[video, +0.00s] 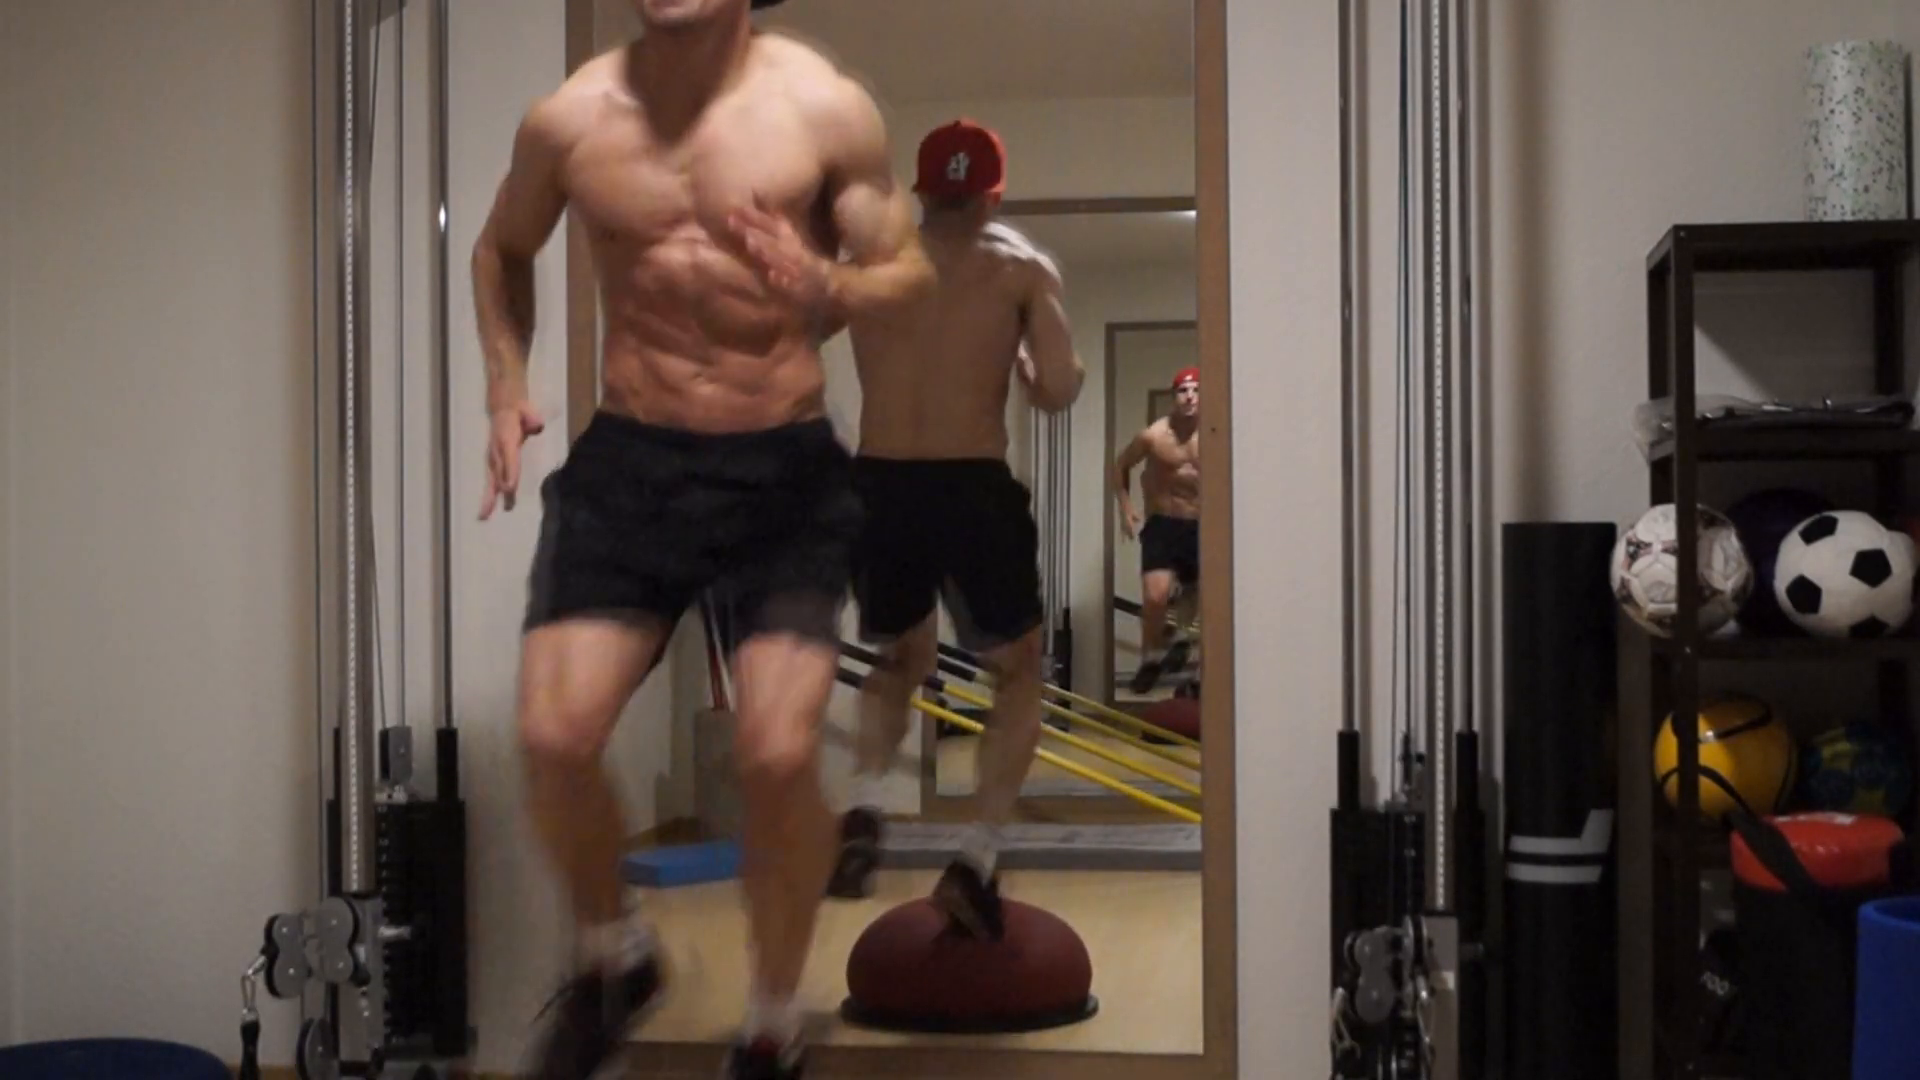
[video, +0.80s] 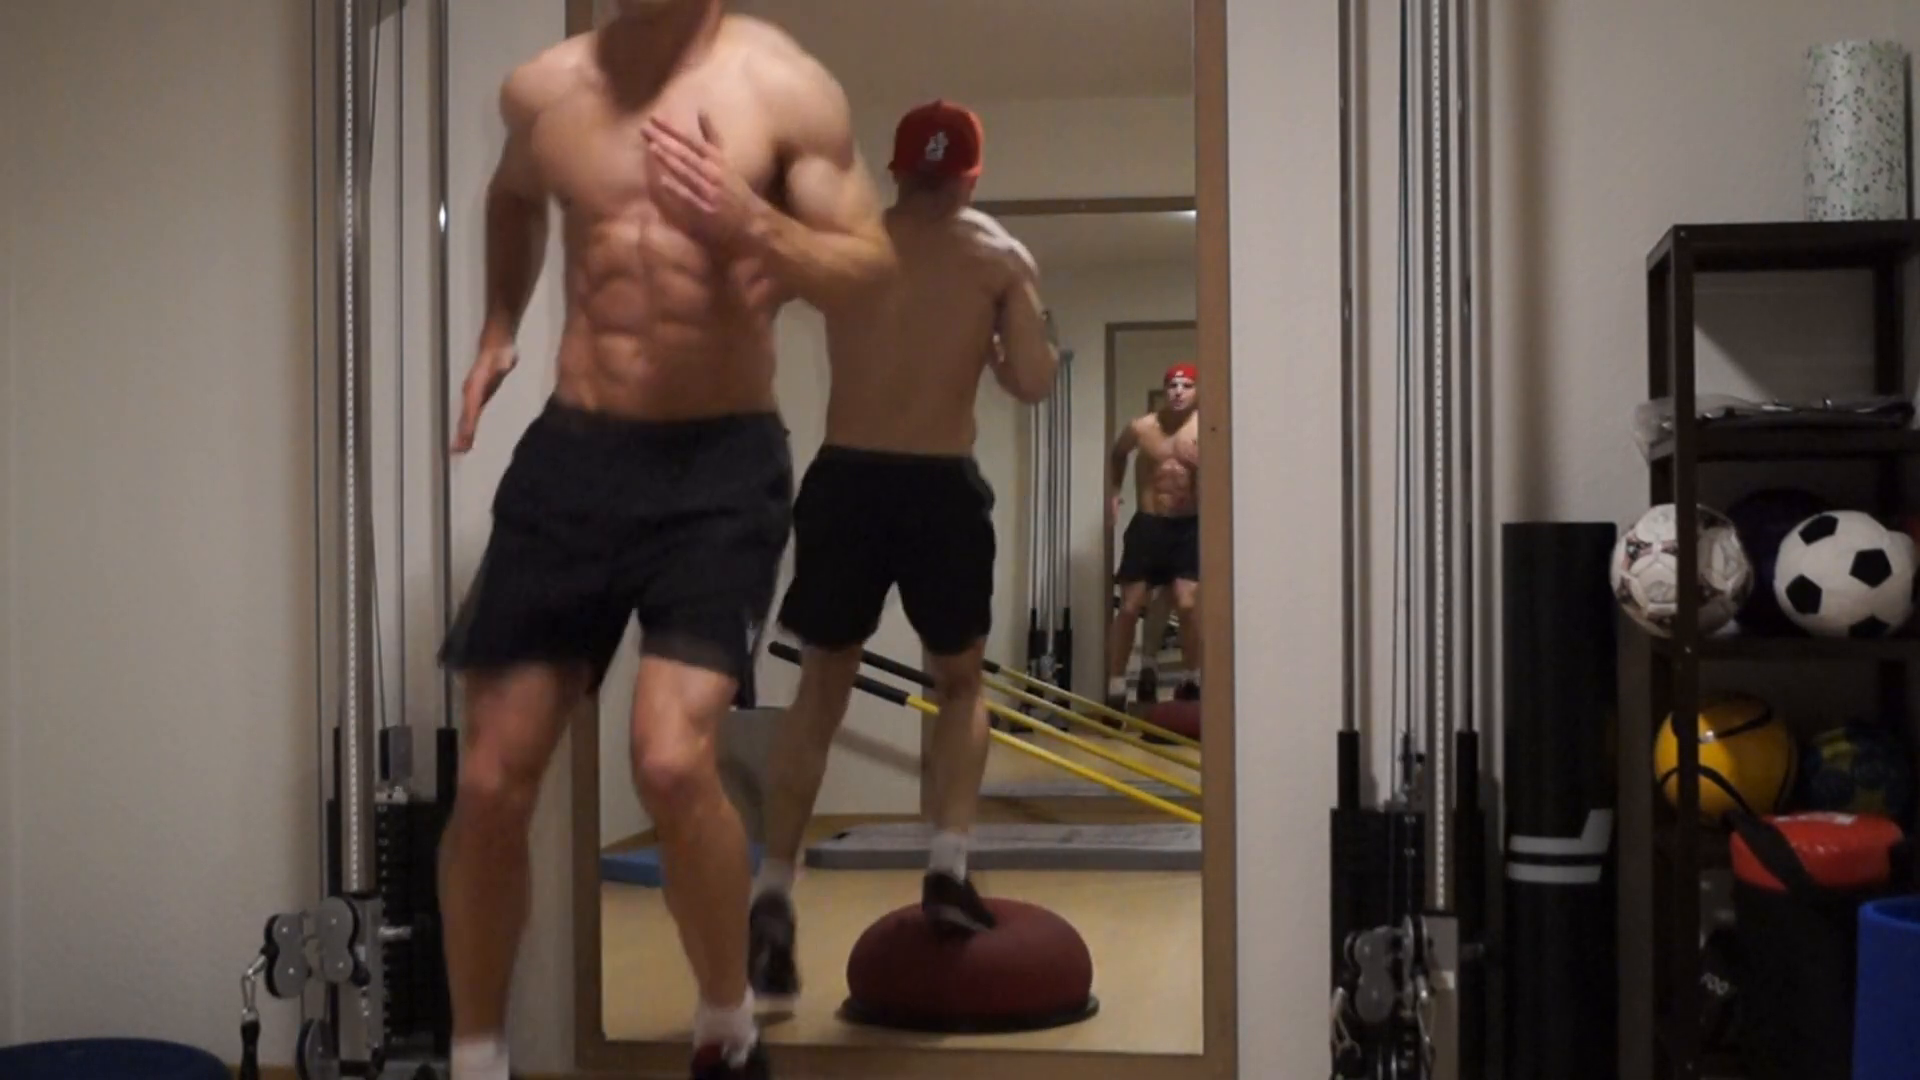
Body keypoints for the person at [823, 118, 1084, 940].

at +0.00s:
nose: (983, 205)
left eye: (967, 194)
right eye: (986, 194)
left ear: (919, 188)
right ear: (996, 192)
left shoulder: (875, 258)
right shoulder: (1024, 266)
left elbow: (805, 331)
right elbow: (1058, 385)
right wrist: (1021, 365)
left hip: (882, 489)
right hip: (977, 494)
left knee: (900, 658)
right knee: (1019, 675)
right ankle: (978, 853)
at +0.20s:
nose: (1016, 202)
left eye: (994, 185)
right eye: (1018, 189)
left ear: (941, 183)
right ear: (1015, 189)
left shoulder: (884, 268)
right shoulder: (1043, 264)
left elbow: (847, 372)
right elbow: (1072, 383)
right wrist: (1090, 440)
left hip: (915, 500)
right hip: (1013, 496)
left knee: (955, 684)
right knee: (1081, 693)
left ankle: (913, 864)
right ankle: (1102, 879)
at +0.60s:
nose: (998, 169)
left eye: (980, 155)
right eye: (1000, 157)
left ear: (929, 155)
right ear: (1000, 161)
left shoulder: (872, 233)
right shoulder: (1028, 232)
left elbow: (816, 314)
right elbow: (1061, 294)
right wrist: (1058, 379)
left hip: (884, 450)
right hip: (984, 449)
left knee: (899, 643)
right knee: (1007, 636)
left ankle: (906, 811)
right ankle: (993, 811)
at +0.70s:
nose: (953, 178)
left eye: (944, 164)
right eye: (962, 164)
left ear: (908, 155)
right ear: (985, 160)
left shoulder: (863, 220)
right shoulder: (1015, 242)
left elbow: (792, 278)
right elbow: (1052, 365)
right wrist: (999, 366)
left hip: (862, 463)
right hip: (963, 474)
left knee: (846, 650)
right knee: (958, 677)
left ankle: (813, 820)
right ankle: (951, 881)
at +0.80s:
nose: (950, 191)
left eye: (937, 174)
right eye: (963, 177)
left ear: (898, 168)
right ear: (972, 175)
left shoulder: (849, 241)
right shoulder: (999, 257)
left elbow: (764, 299)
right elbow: (1032, 379)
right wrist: (988, 322)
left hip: (843, 488)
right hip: (943, 496)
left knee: (819, 694)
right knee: (959, 683)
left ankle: (773, 891)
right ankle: (947, 865)